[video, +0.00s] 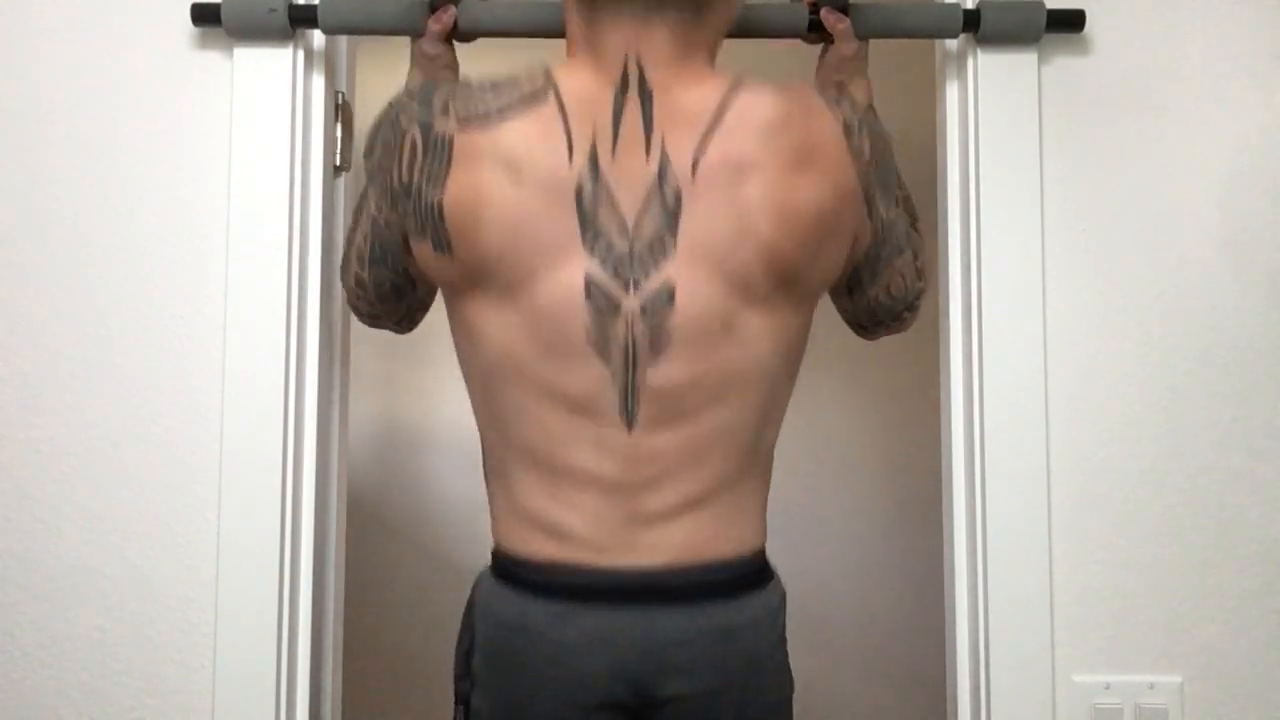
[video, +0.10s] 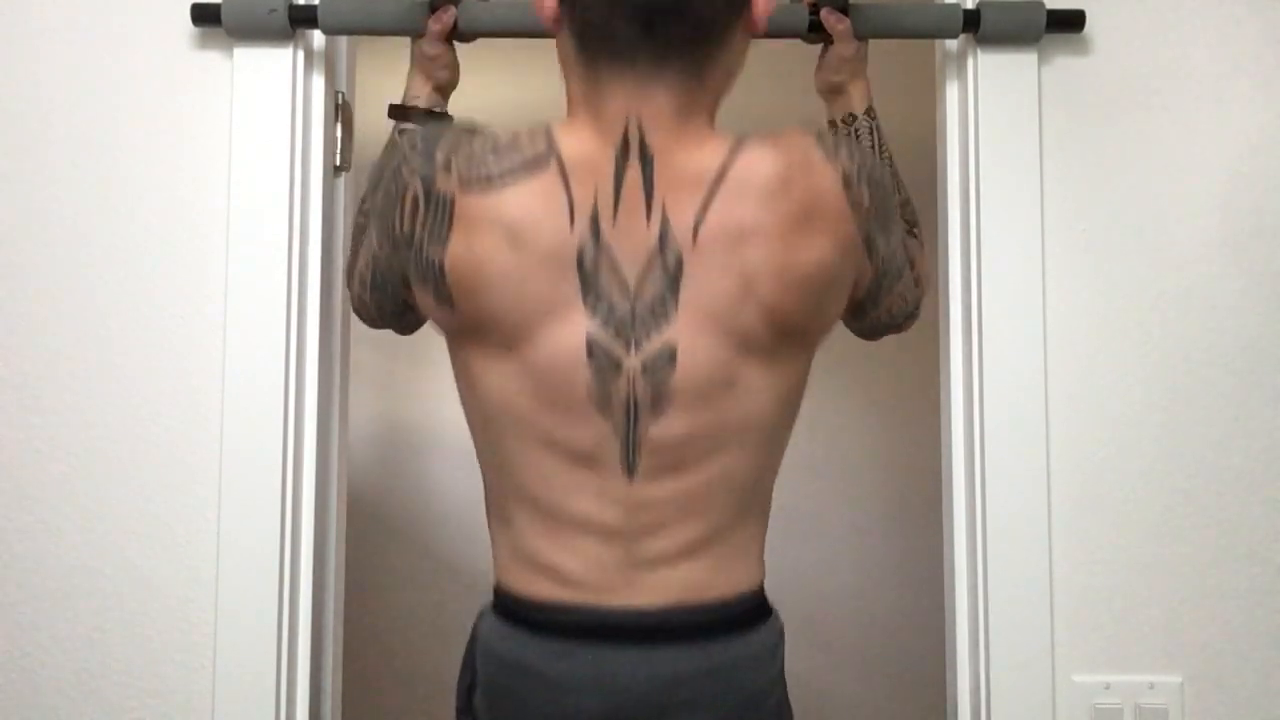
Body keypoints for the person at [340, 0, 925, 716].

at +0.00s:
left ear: (571, 4)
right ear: (725, 4)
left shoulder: (454, 134)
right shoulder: (802, 139)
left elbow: (380, 299)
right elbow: (889, 303)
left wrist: (425, 89)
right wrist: (851, 97)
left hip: (532, 636)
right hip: (728, 637)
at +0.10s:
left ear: (552, 18)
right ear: (751, 22)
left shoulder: (463, 187)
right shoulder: (805, 189)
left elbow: (379, 298)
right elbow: (893, 301)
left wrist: (422, 103)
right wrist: (851, 102)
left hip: (530, 664)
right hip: (726, 666)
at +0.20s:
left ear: (543, 57)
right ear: (758, 63)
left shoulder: (466, 243)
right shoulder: (802, 244)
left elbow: (376, 282)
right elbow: (896, 294)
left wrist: (424, 98)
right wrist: (850, 101)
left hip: (530, 688)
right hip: (724, 688)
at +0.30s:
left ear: (542, 114)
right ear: (758, 117)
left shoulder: (470, 289)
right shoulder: (805, 285)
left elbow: (380, 274)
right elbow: (900, 276)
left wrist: (424, 98)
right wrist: (851, 100)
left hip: (532, 699)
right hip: (727, 699)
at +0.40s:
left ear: (543, 161)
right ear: (758, 170)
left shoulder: (474, 335)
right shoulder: (803, 326)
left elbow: (384, 267)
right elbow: (895, 264)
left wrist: (424, 97)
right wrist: (850, 97)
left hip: (535, 707)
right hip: (727, 708)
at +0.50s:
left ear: (541, 202)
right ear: (757, 209)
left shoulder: (480, 374)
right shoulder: (797, 360)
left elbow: (390, 258)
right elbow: (894, 265)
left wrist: (424, 93)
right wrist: (849, 98)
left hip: (540, 709)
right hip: (725, 708)